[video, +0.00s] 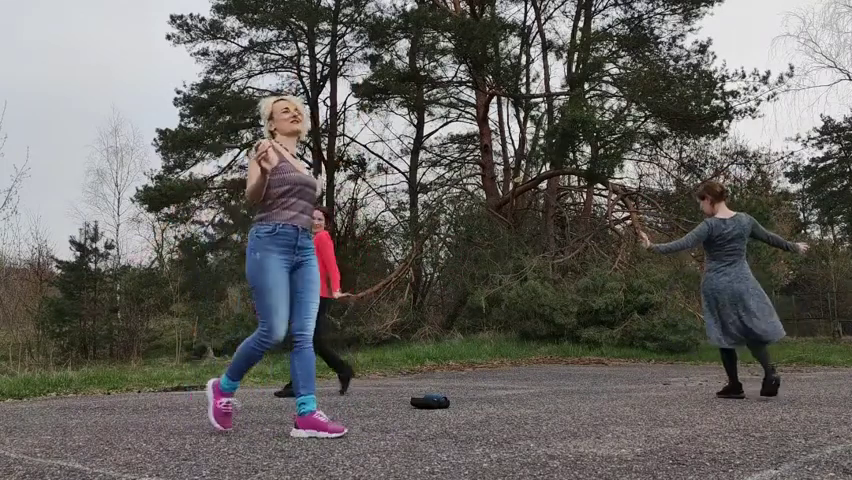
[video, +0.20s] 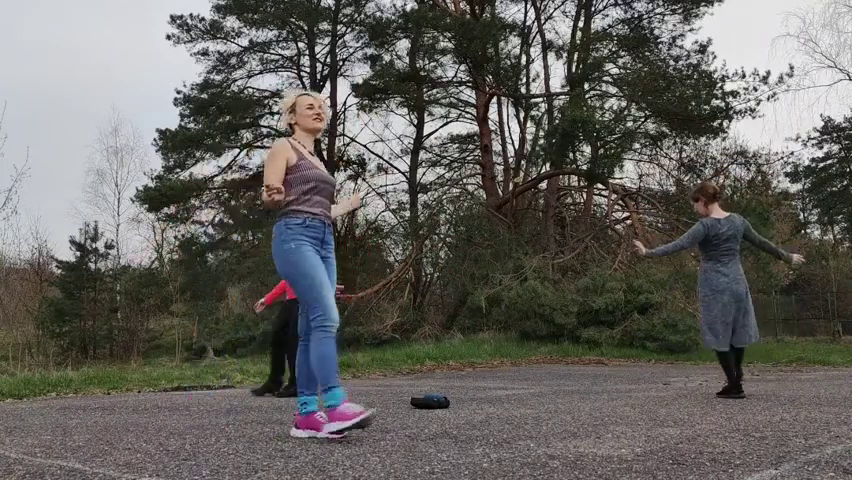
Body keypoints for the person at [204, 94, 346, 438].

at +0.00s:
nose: (293, 114)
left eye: (297, 110)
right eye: (284, 110)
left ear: (304, 120)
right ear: (270, 122)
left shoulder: (303, 161)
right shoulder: (264, 151)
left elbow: (296, 210)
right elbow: (252, 198)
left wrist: (313, 216)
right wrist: (263, 171)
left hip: (305, 247)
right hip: (269, 243)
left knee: (304, 334)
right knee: (272, 331)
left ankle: (306, 414)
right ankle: (223, 389)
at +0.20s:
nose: (317, 112)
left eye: (321, 108)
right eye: (309, 107)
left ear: (325, 117)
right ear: (292, 116)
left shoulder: (317, 159)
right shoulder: (284, 147)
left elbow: (320, 213)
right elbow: (270, 193)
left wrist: (345, 205)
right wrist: (275, 196)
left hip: (324, 239)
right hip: (294, 236)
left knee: (311, 327)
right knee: (326, 318)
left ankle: (307, 414)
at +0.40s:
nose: (342, 107)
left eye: (342, 103)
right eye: (334, 103)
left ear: (337, 114)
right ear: (315, 111)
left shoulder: (333, 159)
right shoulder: (303, 141)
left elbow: (353, 201)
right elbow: (279, 193)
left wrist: (377, 178)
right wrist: (283, 185)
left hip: (334, 237)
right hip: (311, 234)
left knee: (323, 330)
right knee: (379, 285)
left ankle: (309, 412)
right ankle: (438, 352)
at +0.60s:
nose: (359, 105)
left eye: (358, 100)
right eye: (352, 100)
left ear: (348, 109)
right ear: (333, 106)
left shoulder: (343, 152)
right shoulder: (320, 138)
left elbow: (361, 200)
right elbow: (307, 179)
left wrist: (404, 187)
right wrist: (311, 187)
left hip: (346, 233)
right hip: (336, 230)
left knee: (344, 327)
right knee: (403, 290)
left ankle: (316, 405)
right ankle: (423, 379)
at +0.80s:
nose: (373, 106)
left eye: (370, 101)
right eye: (367, 102)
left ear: (353, 112)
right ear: (352, 111)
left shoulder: (359, 149)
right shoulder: (348, 145)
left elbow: (368, 211)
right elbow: (338, 195)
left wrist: (405, 225)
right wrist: (350, 201)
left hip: (358, 241)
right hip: (367, 238)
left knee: (363, 332)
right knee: (397, 323)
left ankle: (321, 404)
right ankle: (390, 408)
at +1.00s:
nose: (387, 99)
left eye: (384, 95)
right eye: (381, 96)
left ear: (366, 106)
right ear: (366, 105)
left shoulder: (365, 139)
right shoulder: (367, 136)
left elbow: (343, 194)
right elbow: (358, 186)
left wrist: (361, 225)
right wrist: (385, 193)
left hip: (361, 229)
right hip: (372, 229)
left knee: (383, 317)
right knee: (396, 317)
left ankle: (335, 379)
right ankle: (394, 404)